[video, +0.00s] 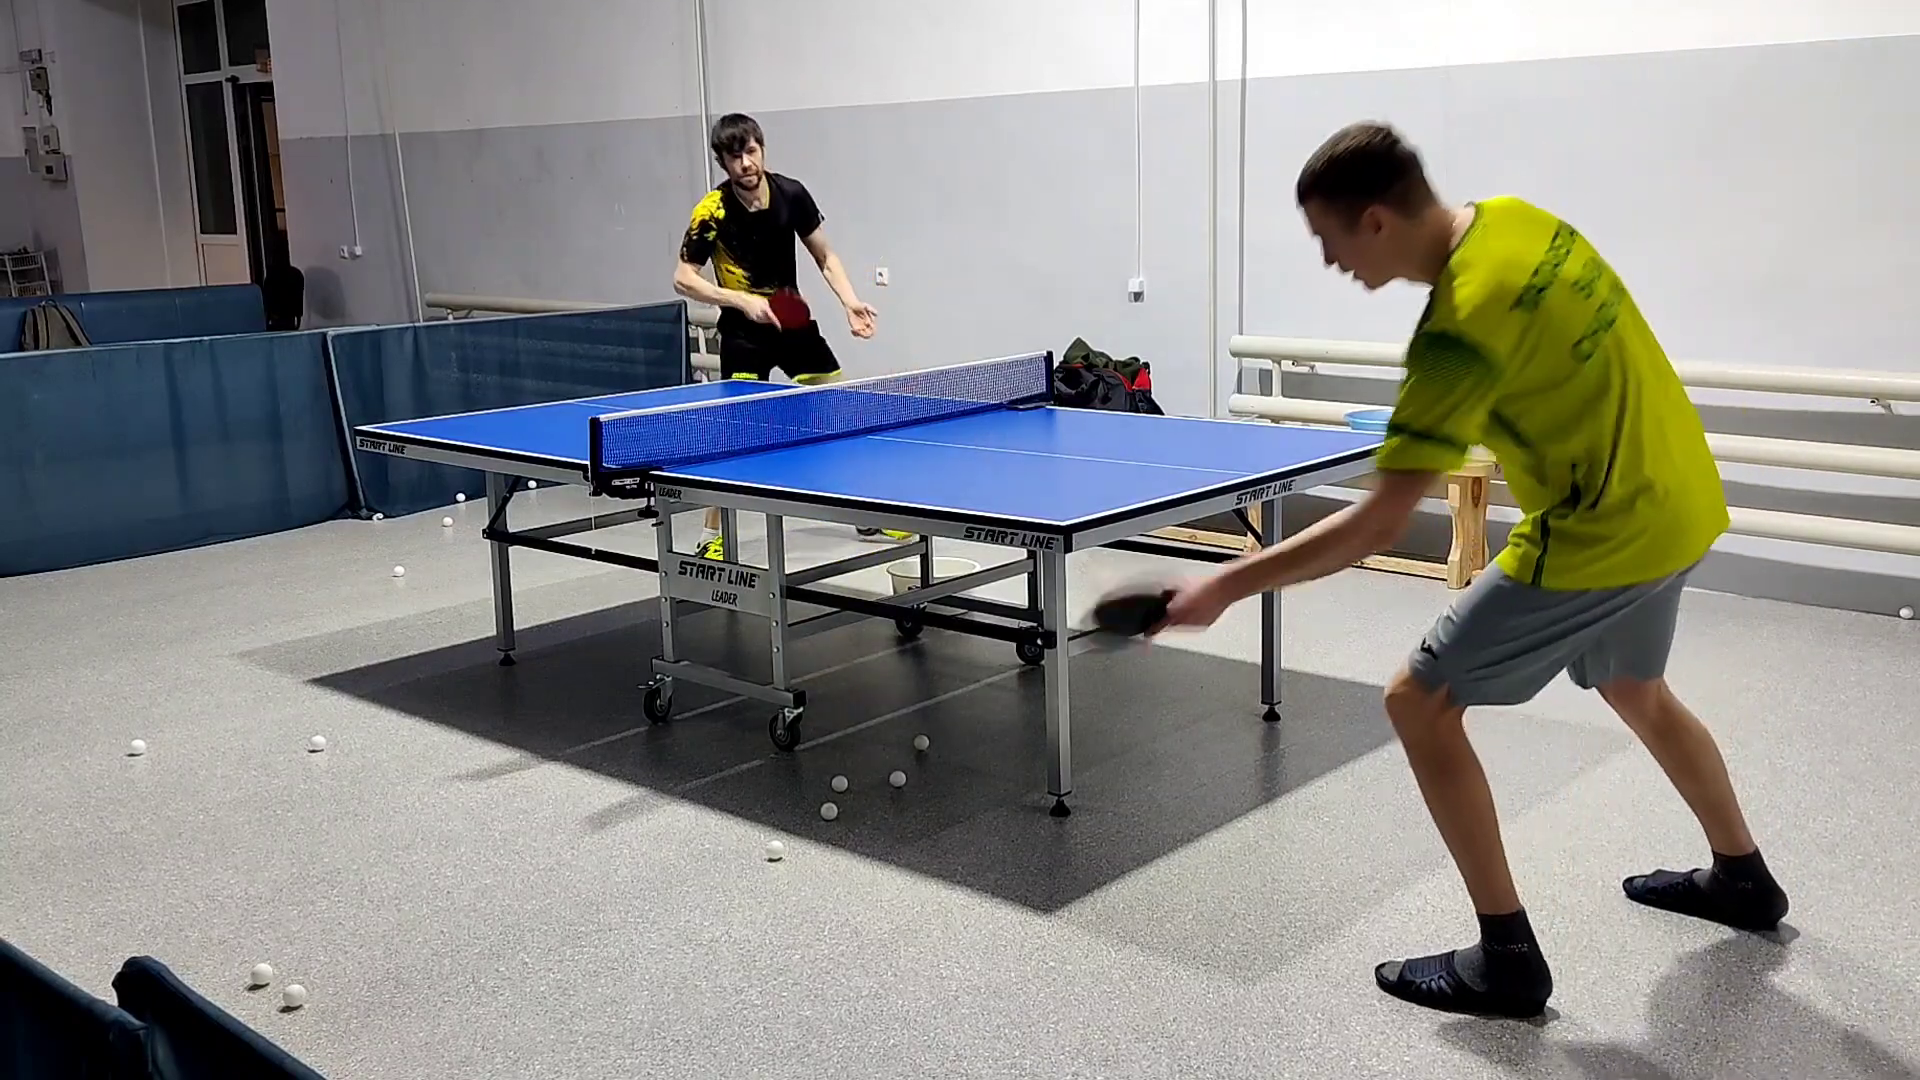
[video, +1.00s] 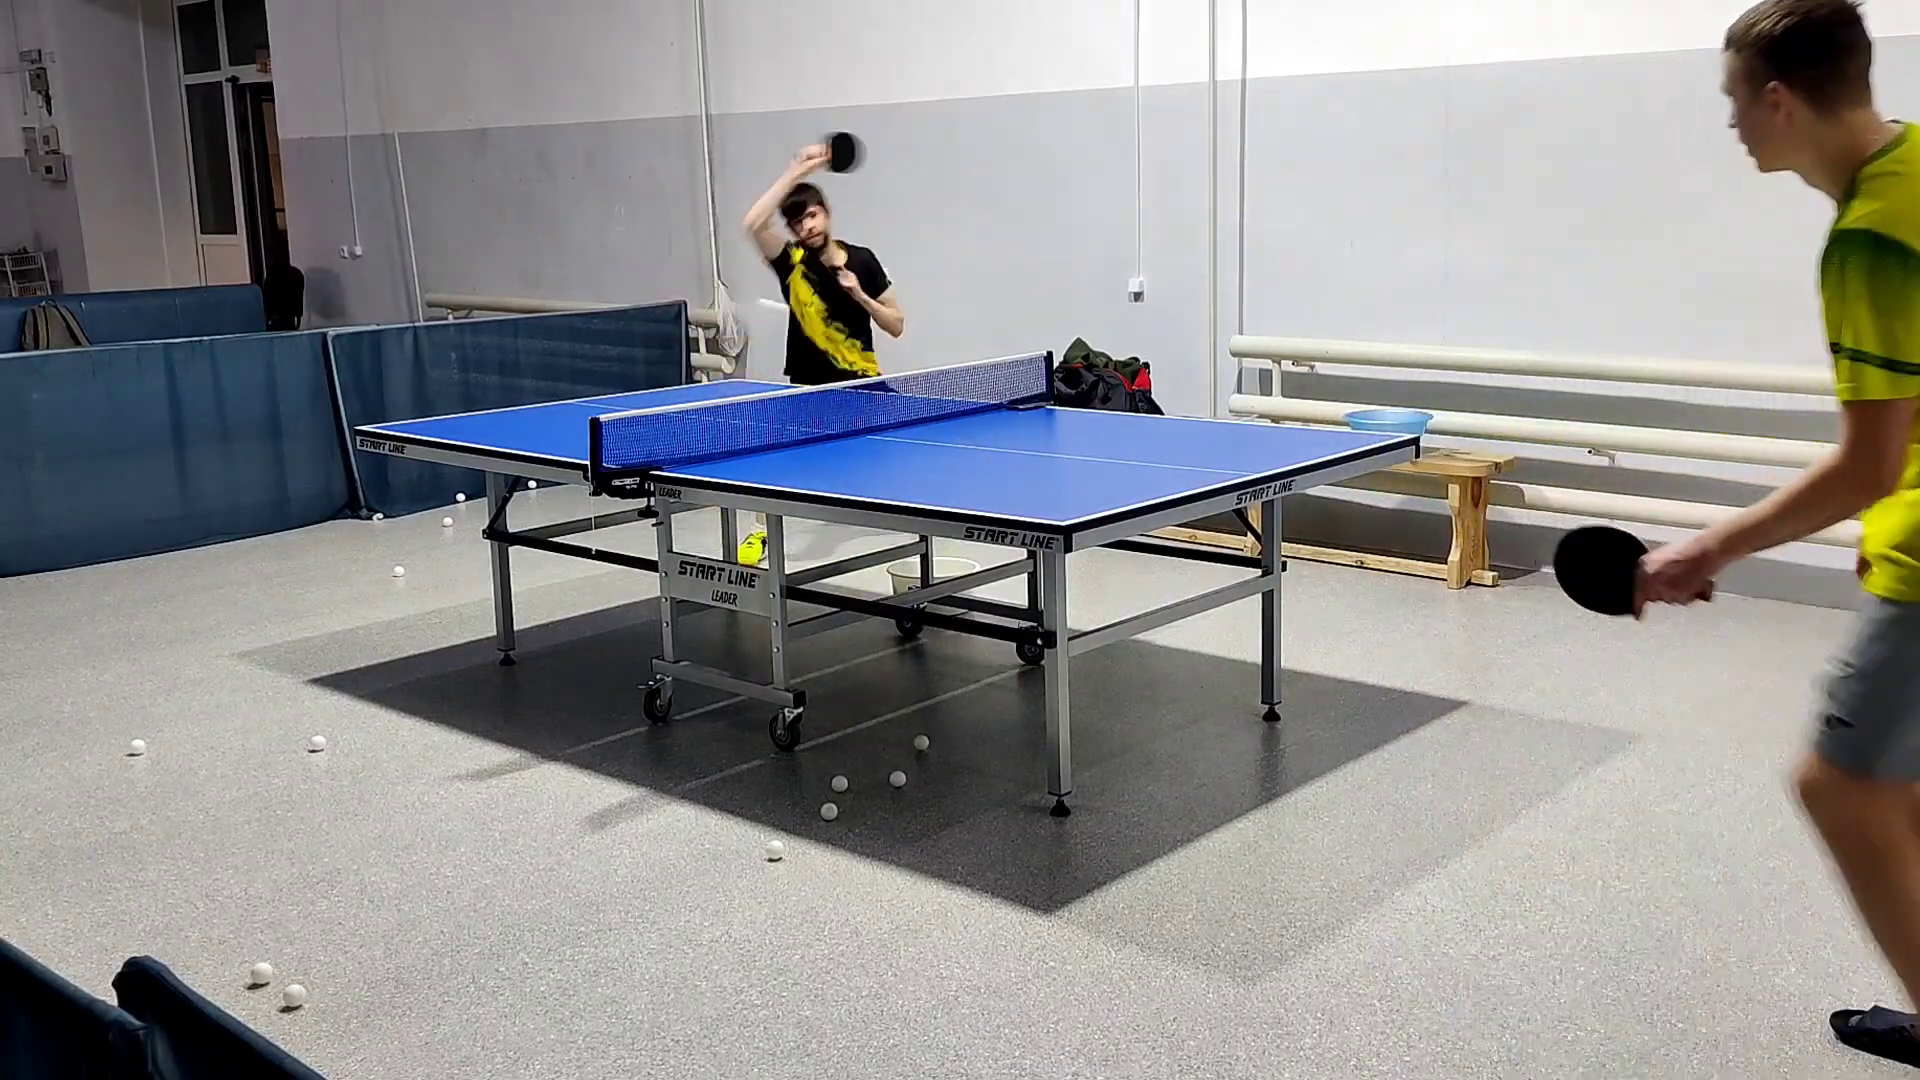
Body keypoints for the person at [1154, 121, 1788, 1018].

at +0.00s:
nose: (1333, 262)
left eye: (1331, 241)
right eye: (1324, 245)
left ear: (1379, 218)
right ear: (1403, 202)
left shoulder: (1457, 325)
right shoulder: (1515, 217)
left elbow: (1381, 520)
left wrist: (1228, 584)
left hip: (1601, 533)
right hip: (1679, 498)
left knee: (1419, 702)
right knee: (1634, 684)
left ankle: (1507, 953)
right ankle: (1743, 875)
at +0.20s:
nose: (1331, 267)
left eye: (1325, 249)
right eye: (1322, 250)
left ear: (1355, 240)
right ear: (1418, 208)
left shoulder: (1415, 358)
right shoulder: (1534, 226)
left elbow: (1375, 505)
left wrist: (1306, 507)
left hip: (1605, 548)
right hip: (1710, 509)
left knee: (1425, 699)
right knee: (1666, 687)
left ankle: (1506, 954)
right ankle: (1771, 887)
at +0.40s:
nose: (1405, 219)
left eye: (1405, 199)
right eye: (1400, 200)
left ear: (1438, 190)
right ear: (1492, 169)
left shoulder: (1473, 313)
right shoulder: (1613, 206)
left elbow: (1476, 482)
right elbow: (1650, 354)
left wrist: (1438, 474)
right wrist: (1525, 429)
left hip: (1648, 541)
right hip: (1766, 512)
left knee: (1471, 694)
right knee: (1725, 710)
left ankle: (1509, 955)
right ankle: (1890, 935)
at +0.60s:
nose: (1545, 190)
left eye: (1548, 167)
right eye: (1542, 168)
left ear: (1585, 157)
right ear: (1639, 144)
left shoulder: (1625, 287)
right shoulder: (1754, 201)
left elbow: (1628, 492)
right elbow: (1806, 373)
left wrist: (1558, 535)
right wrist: (1664, 470)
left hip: (1751, 559)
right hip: (1864, 536)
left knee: (1555, 703)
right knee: (1797, 758)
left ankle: (1519, 957)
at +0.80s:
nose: (1672, 168)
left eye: (1678, 145)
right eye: (1670, 147)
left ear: (1727, 135)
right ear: (1766, 127)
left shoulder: (1778, 270)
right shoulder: (1878, 192)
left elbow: (1777, 487)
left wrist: (1644, 550)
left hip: (1868, 569)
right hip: (1919, 557)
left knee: (1667, 721)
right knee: (1847, 766)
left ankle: (1624, 995)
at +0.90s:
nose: (1708, 141)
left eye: (1714, 116)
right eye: (1706, 118)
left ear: (1765, 110)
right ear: (1814, 101)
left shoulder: (1832, 248)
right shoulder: (1905, 174)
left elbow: (1833, 470)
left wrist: (1686, 546)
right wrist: (1703, 538)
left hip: (1894, 553)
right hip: (1915, 546)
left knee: (1736, 740)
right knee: (1871, 751)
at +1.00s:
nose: (1735, 123)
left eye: (1739, 99)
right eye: (1732, 101)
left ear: (1786, 95)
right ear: (1836, 86)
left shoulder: (1874, 237)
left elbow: (1872, 463)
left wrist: (1714, 548)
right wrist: (1721, 546)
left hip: (1913, 567)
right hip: (1912, 562)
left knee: (1842, 787)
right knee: (1885, 788)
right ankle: (1919, 1019)